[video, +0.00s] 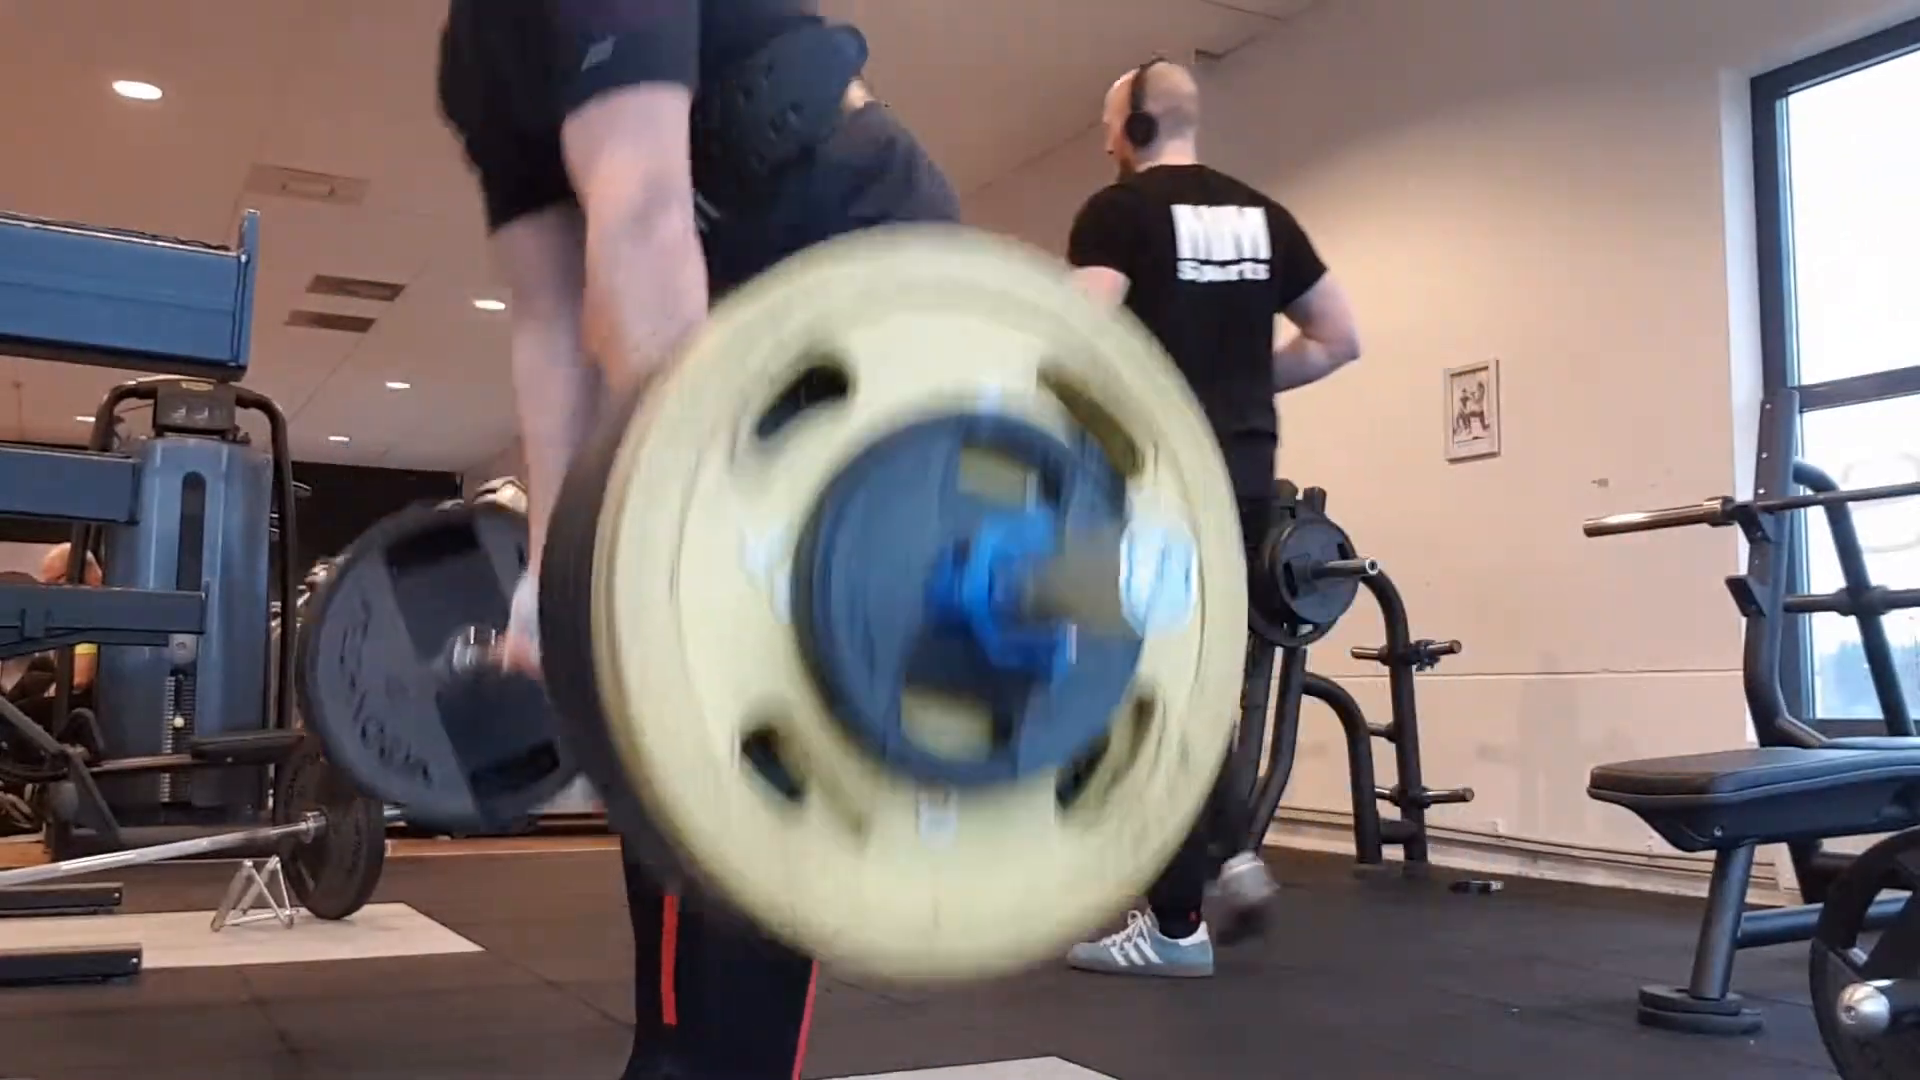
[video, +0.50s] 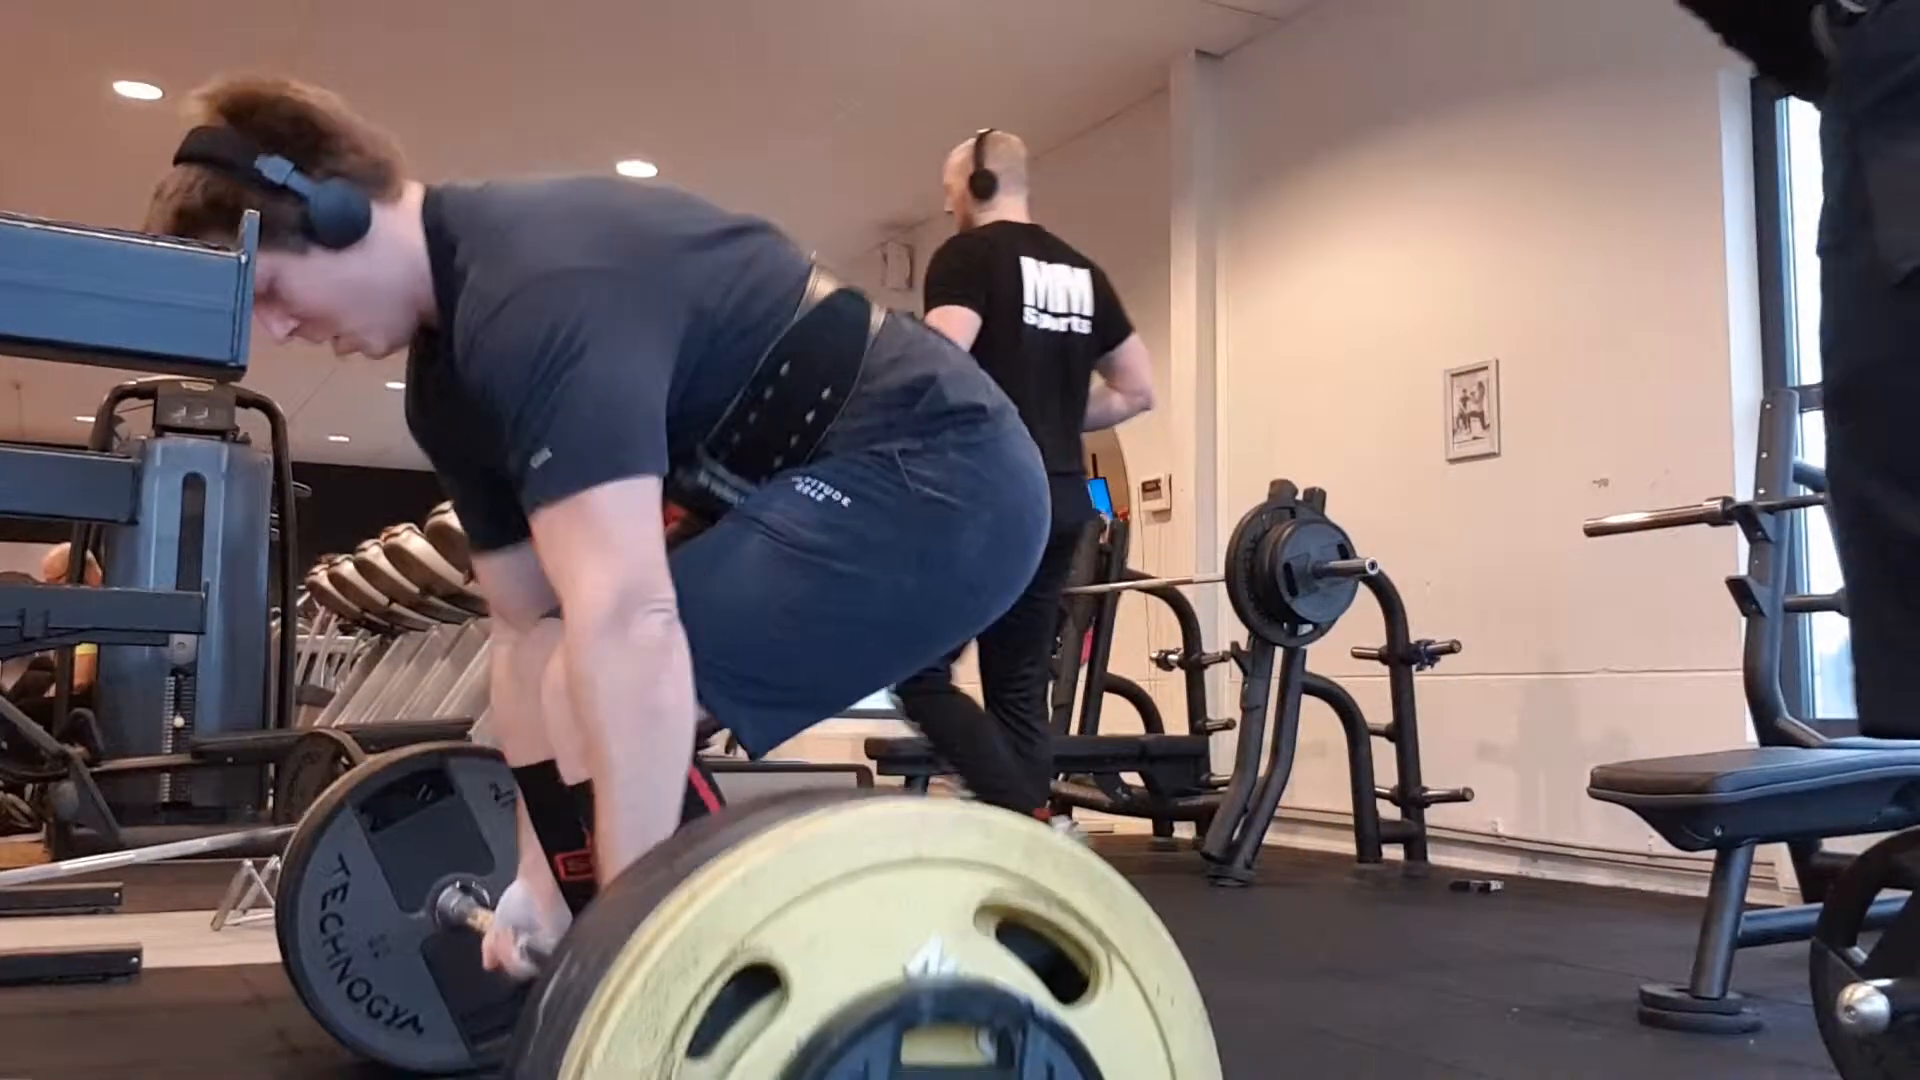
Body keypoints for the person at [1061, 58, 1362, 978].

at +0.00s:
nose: (1104, 139)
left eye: (1107, 127)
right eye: (1109, 125)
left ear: (1125, 130)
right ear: (1193, 129)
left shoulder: (1116, 208)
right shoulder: (1263, 213)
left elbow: (1080, 327)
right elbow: (1336, 340)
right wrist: (1254, 375)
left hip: (1159, 476)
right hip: (1246, 475)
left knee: (1161, 681)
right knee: (1210, 677)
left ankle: (1175, 924)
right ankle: (1230, 855)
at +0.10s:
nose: (1075, 150)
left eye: (1077, 137)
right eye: (1076, 135)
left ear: (1091, 143)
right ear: (1161, 137)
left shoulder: (1077, 221)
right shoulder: (1225, 223)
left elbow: (1034, 359)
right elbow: (1297, 351)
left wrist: (1037, 430)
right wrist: (1209, 385)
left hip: (1113, 485)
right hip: (1206, 484)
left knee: (1106, 666)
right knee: (1170, 657)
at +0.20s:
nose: (1039, 162)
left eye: (1043, 150)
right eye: (1048, 148)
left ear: (1058, 154)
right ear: (1128, 157)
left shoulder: (1044, 237)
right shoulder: (1190, 244)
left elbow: (1001, 355)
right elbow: (1258, 368)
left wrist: (966, 441)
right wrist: (1175, 405)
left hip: (1079, 494)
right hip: (1167, 497)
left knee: (1111, 698)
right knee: (1101, 684)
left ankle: (1177, 916)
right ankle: (1045, 870)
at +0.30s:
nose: (1012, 179)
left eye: (1015, 170)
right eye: (1016, 167)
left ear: (1028, 174)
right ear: (1094, 177)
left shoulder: (1014, 253)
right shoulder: (1151, 260)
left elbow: (970, 366)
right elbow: (1217, 385)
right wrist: (1135, 416)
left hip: (1044, 501)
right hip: (1127, 503)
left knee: (1066, 692)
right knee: (1076, 686)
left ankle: (1144, 876)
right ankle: (1072, 858)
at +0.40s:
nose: (982, 191)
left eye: (985, 180)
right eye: (984, 179)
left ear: (999, 183)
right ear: (1061, 185)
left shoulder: (989, 255)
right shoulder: (1116, 266)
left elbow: (955, 365)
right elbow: (1176, 392)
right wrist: (1097, 415)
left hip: (1010, 503)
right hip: (1093, 509)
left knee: (995, 678)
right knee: (1048, 675)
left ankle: (1066, 829)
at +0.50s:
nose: (947, 203)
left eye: (949, 190)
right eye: (946, 190)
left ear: (971, 187)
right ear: (1022, 187)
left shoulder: (968, 253)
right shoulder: (1080, 269)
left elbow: (940, 360)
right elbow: (1136, 392)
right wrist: (1060, 418)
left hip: (984, 500)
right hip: (1061, 502)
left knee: (919, 672)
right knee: (1020, 679)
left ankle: (1022, 809)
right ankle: (1025, 843)